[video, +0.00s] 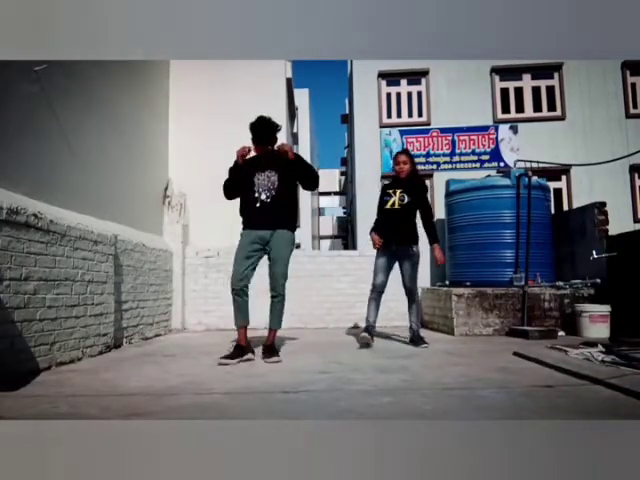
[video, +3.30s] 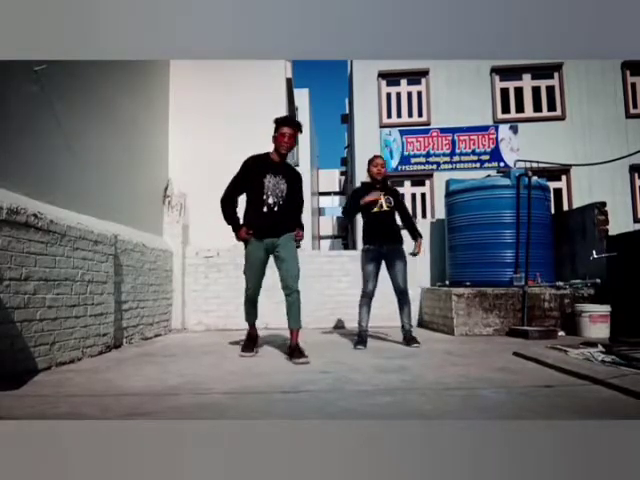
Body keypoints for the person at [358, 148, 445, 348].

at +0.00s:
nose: (401, 167)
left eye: (405, 163)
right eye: (398, 164)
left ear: (412, 165)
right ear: (394, 166)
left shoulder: (418, 186)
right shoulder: (387, 187)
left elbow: (426, 217)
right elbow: (381, 215)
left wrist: (435, 245)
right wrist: (374, 232)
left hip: (408, 244)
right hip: (386, 243)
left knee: (410, 289)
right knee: (377, 286)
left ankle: (415, 332)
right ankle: (368, 330)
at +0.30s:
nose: (385, 167)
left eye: (389, 164)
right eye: (382, 164)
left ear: (395, 167)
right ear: (377, 167)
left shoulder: (404, 189)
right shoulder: (371, 193)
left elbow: (410, 217)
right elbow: (368, 219)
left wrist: (408, 240)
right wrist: (364, 235)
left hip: (398, 243)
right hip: (375, 244)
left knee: (405, 289)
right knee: (372, 290)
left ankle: (414, 332)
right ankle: (366, 334)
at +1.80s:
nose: (402, 162)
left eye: (406, 159)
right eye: (399, 160)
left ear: (412, 162)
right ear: (394, 163)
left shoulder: (419, 184)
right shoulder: (386, 184)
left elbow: (435, 213)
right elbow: (377, 216)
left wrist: (427, 236)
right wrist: (373, 207)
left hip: (411, 243)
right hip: (389, 242)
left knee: (411, 288)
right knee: (378, 286)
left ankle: (417, 334)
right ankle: (373, 333)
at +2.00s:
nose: (400, 164)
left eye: (404, 160)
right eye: (397, 161)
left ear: (411, 163)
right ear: (394, 165)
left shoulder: (419, 185)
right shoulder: (387, 185)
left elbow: (431, 215)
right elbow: (368, 205)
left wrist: (424, 236)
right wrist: (370, 183)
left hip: (410, 244)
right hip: (387, 243)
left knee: (411, 289)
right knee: (378, 289)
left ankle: (417, 334)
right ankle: (375, 333)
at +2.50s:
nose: (371, 167)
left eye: (374, 164)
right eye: (368, 165)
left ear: (382, 166)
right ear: (365, 169)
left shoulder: (393, 191)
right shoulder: (361, 189)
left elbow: (403, 215)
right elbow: (350, 188)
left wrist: (409, 237)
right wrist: (357, 168)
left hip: (389, 246)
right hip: (367, 247)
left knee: (400, 290)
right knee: (364, 292)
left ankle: (416, 334)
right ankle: (361, 336)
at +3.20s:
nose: (374, 168)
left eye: (377, 165)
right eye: (370, 165)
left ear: (381, 168)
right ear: (363, 167)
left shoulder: (387, 191)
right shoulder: (355, 190)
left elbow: (397, 214)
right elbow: (346, 207)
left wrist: (407, 232)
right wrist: (357, 187)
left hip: (389, 244)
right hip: (366, 245)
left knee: (400, 286)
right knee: (365, 290)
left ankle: (409, 331)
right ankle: (361, 335)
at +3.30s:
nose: (380, 169)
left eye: (382, 166)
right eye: (376, 166)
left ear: (386, 169)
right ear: (369, 169)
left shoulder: (392, 192)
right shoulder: (360, 191)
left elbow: (405, 216)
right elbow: (347, 213)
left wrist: (417, 237)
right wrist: (365, 201)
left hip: (394, 246)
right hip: (371, 246)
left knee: (401, 289)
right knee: (368, 291)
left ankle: (408, 333)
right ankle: (362, 335)